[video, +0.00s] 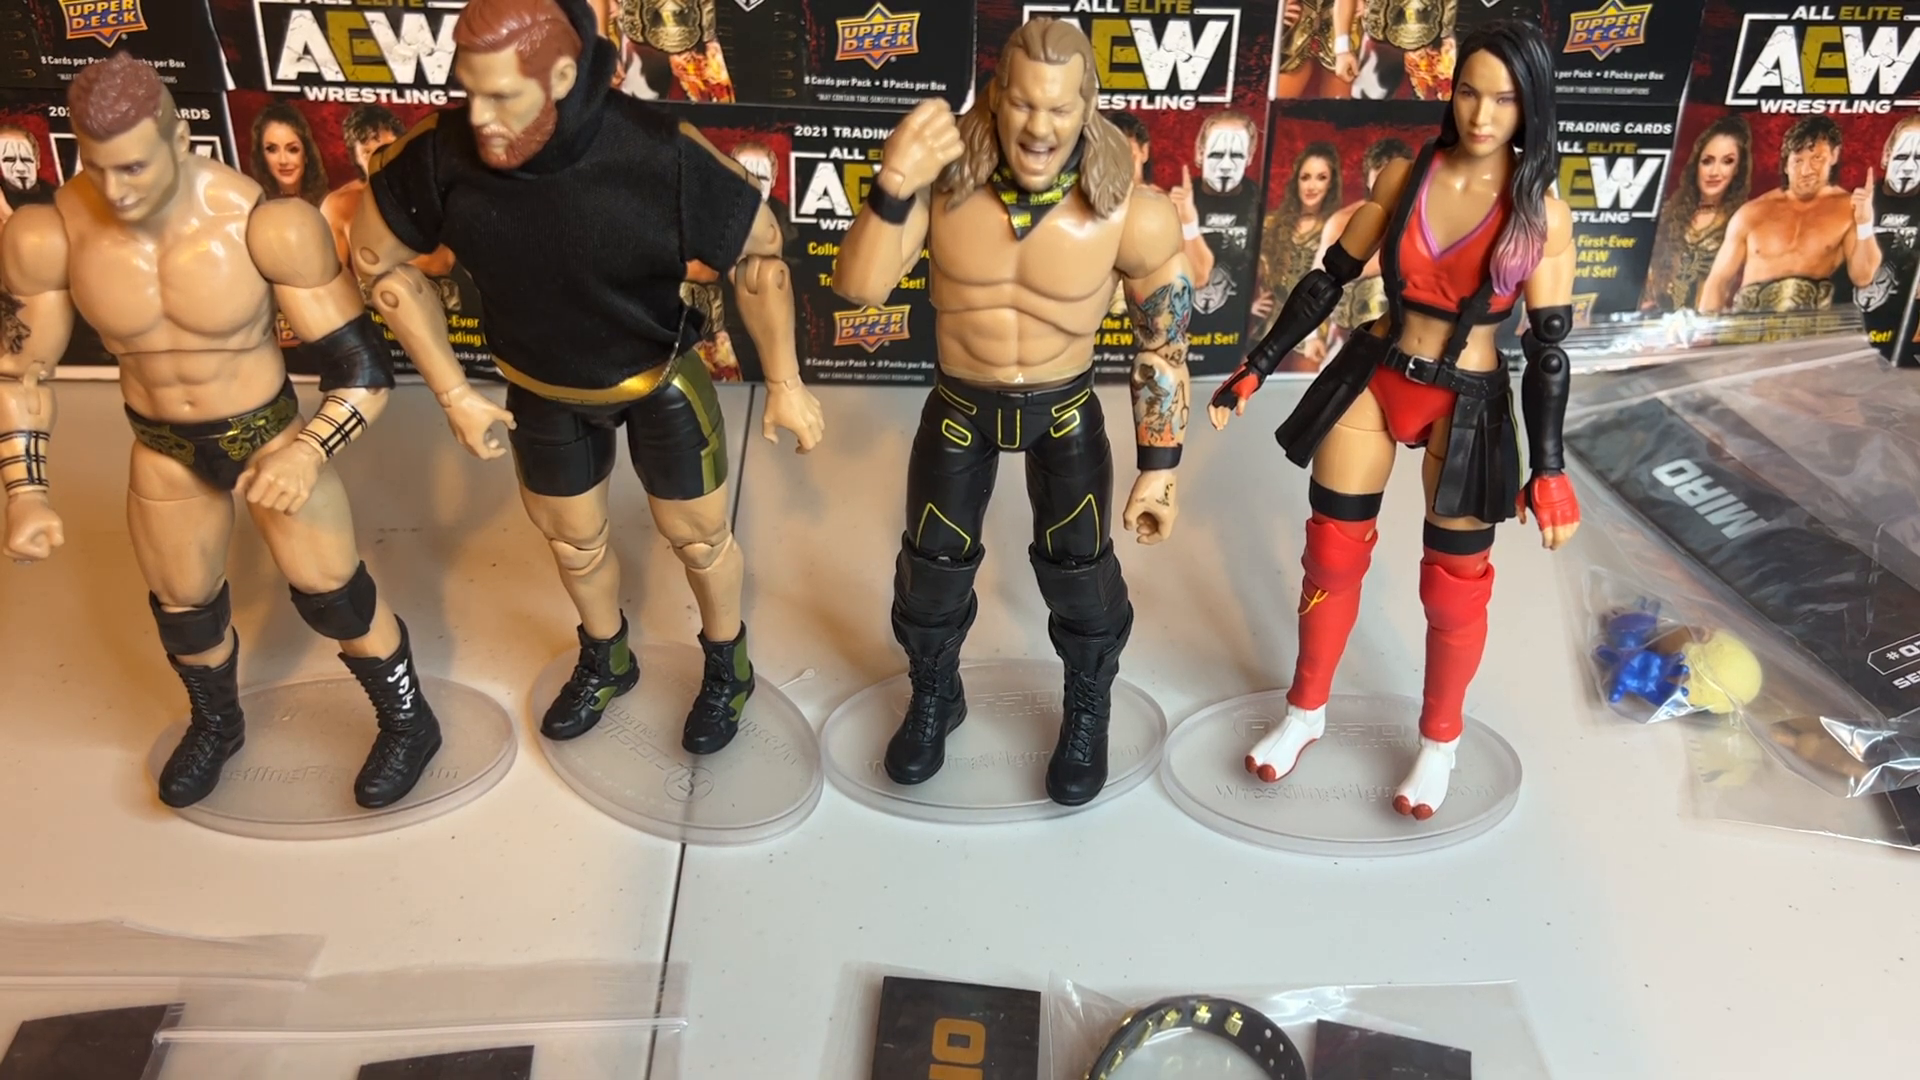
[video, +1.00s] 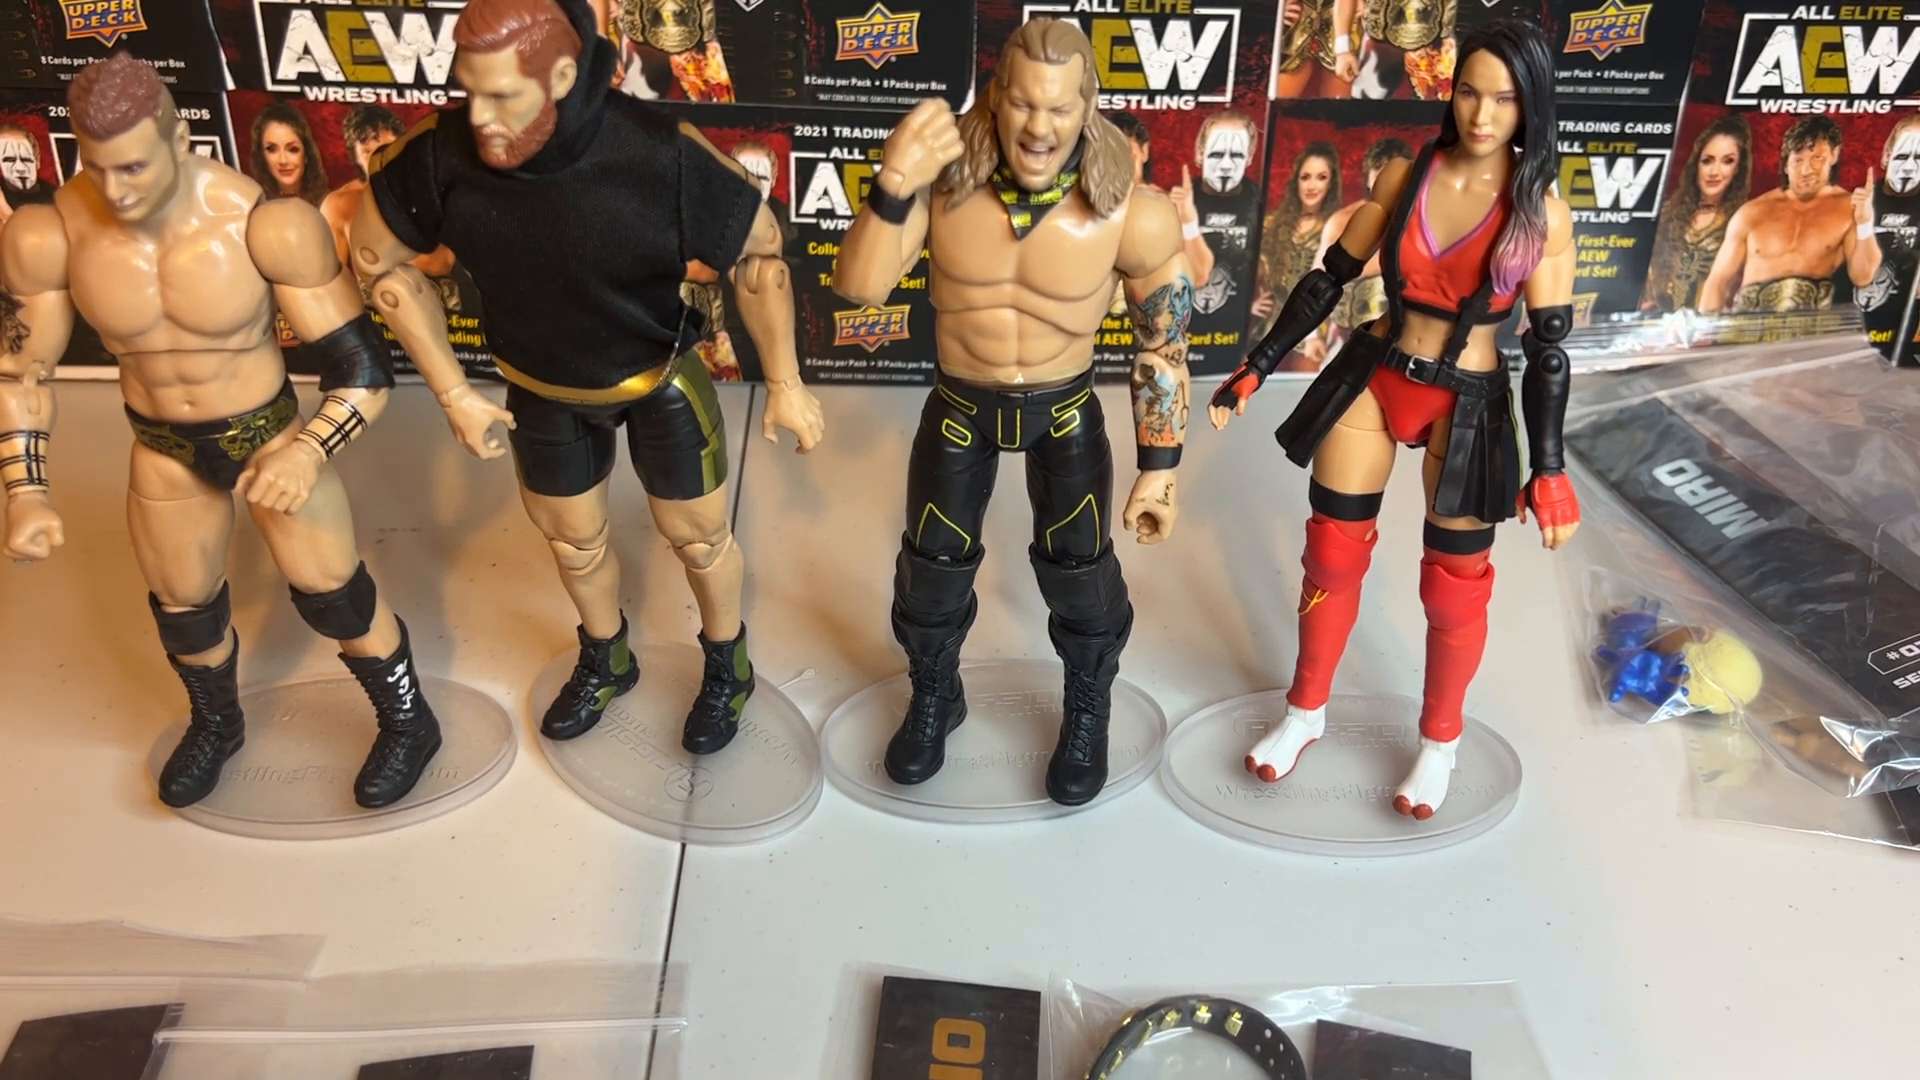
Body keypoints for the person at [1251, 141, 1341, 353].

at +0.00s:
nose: (1312, 186)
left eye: (1321, 178)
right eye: (1305, 177)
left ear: (1332, 183)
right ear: (1295, 181)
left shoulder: (1338, 229)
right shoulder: (1271, 224)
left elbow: (1337, 285)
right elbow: (1255, 273)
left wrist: (1322, 336)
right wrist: (1253, 302)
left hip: (1313, 332)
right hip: (1269, 327)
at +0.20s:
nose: (1312, 185)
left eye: (1321, 177)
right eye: (1305, 177)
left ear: (1332, 182)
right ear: (1295, 180)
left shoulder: (1338, 229)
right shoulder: (1271, 224)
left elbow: (1336, 286)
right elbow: (1256, 276)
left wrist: (1321, 335)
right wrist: (1253, 302)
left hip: (1313, 335)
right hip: (1270, 329)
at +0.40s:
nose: (1312, 185)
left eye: (1321, 177)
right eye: (1305, 177)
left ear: (1332, 183)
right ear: (1295, 181)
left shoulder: (1338, 229)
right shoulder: (1270, 225)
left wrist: (1320, 335)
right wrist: (1251, 302)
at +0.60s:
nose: (1312, 185)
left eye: (1321, 177)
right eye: (1305, 177)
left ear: (1332, 183)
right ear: (1295, 181)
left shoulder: (1338, 230)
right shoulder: (1271, 224)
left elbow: (1337, 286)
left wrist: (1320, 335)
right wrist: (1251, 302)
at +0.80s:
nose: (1312, 185)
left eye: (1321, 177)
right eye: (1305, 177)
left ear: (1332, 183)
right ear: (1295, 181)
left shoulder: (1337, 229)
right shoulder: (1270, 225)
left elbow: (1334, 285)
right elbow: (1255, 275)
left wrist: (1321, 335)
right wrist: (1254, 302)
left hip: (1312, 334)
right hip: (1269, 328)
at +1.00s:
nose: (1312, 185)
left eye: (1321, 178)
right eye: (1305, 177)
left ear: (1332, 183)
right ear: (1295, 181)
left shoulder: (1338, 229)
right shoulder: (1271, 224)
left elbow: (1338, 286)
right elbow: (1254, 273)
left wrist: (1323, 337)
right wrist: (1253, 302)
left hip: (1313, 334)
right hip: (1269, 328)